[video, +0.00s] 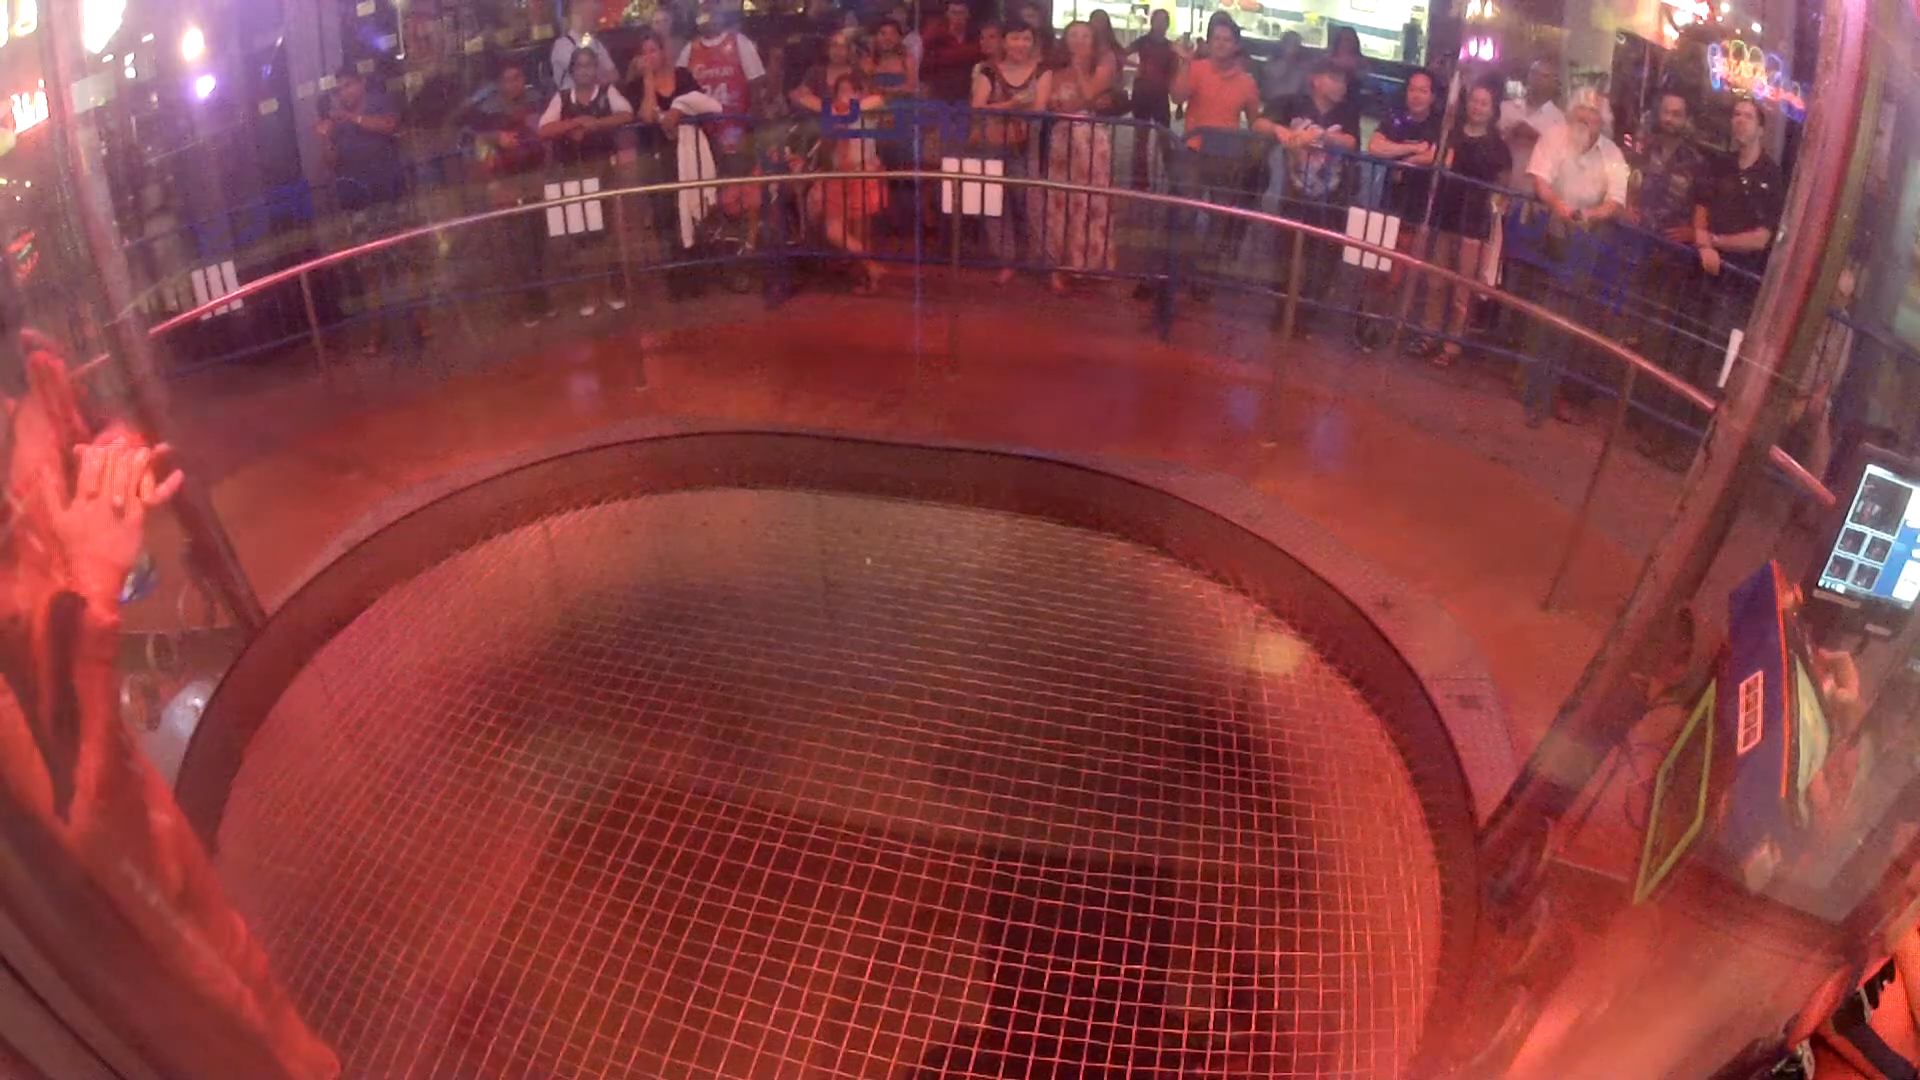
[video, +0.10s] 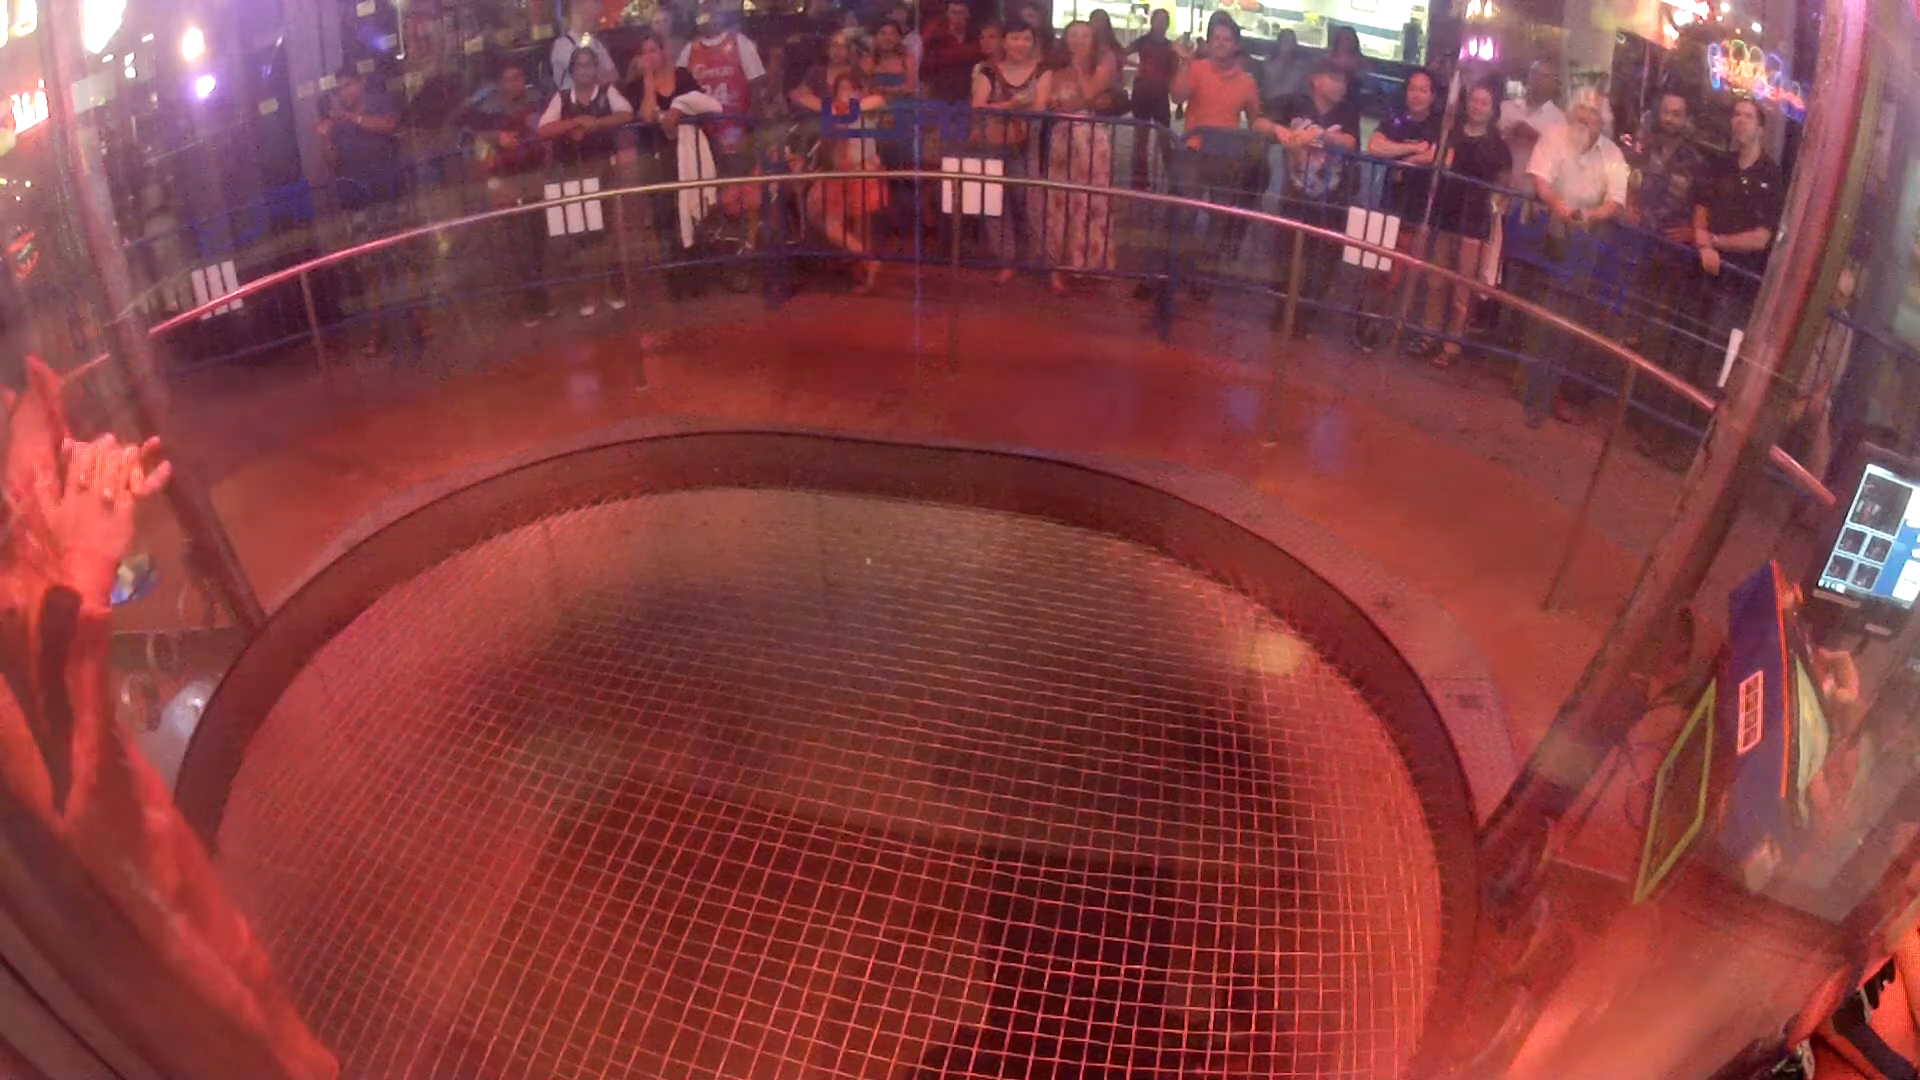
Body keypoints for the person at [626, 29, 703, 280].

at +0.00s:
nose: (649, 57)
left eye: (653, 51)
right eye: (644, 53)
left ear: (663, 52)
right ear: (639, 58)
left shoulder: (682, 75)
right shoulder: (635, 86)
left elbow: (700, 105)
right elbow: (647, 116)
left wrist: (676, 115)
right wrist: (647, 78)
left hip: (687, 152)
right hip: (656, 156)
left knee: (691, 202)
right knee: (665, 209)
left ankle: (697, 264)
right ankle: (673, 269)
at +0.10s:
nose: (649, 56)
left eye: (653, 51)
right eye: (645, 52)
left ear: (663, 52)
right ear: (640, 58)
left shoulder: (682, 75)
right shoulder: (636, 86)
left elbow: (701, 105)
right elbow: (646, 117)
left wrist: (675, 114)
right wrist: (647, 79)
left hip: (687, 151)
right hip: (656, 155)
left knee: (691, 206)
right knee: (665, 211)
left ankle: (697, 271)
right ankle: (674, 276)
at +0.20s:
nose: (649, 57)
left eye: (653, 51)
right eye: (645, 52)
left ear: (663, 51)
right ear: (640, 57)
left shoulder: (682, 75)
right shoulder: (636, 86)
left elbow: (701, 104)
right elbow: (646, 117)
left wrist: (676, 114)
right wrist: (647, 78)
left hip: (687, 152)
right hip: (656, 156)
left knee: (690, 208)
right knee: (666, 213)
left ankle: (698, 274)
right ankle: (675, 279)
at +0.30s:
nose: (650, 57)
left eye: (653, 51)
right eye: (645, 53)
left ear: (664, 51)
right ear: (641, 58)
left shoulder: (681, 74)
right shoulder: (639, 85)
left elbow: (701, 104)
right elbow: (647, 116)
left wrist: (677, 112)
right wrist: (646, 79)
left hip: (688, 149)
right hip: (658, 152)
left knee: (691, 206)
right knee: (666, 210)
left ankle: (698, 274)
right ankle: (674, 278)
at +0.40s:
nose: (650, 57)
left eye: (654, 51)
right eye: (645, 53)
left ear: (664, 52)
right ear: (641, 58)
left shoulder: (682, 75)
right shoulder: (638, 86)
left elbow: (701, 104)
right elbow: (648, 116)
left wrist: (678, 111)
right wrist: (647, 78)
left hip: (688, 148)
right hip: (658, 151)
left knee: (691, 204)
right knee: (666, 209)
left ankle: (698, 273)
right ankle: (674, 277)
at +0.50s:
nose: (649, 57)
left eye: (653, 51)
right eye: (645, 53)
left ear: (664, 52)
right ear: (640, 58)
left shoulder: (682, 75)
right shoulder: (637, 86)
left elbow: (702, 104)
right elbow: (648, 117)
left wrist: (677, 112)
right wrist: (647, 79)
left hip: (688, 148)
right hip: (658, 151)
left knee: (692, 204)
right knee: (666, 209)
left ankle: (698, 273)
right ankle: (674, 278)